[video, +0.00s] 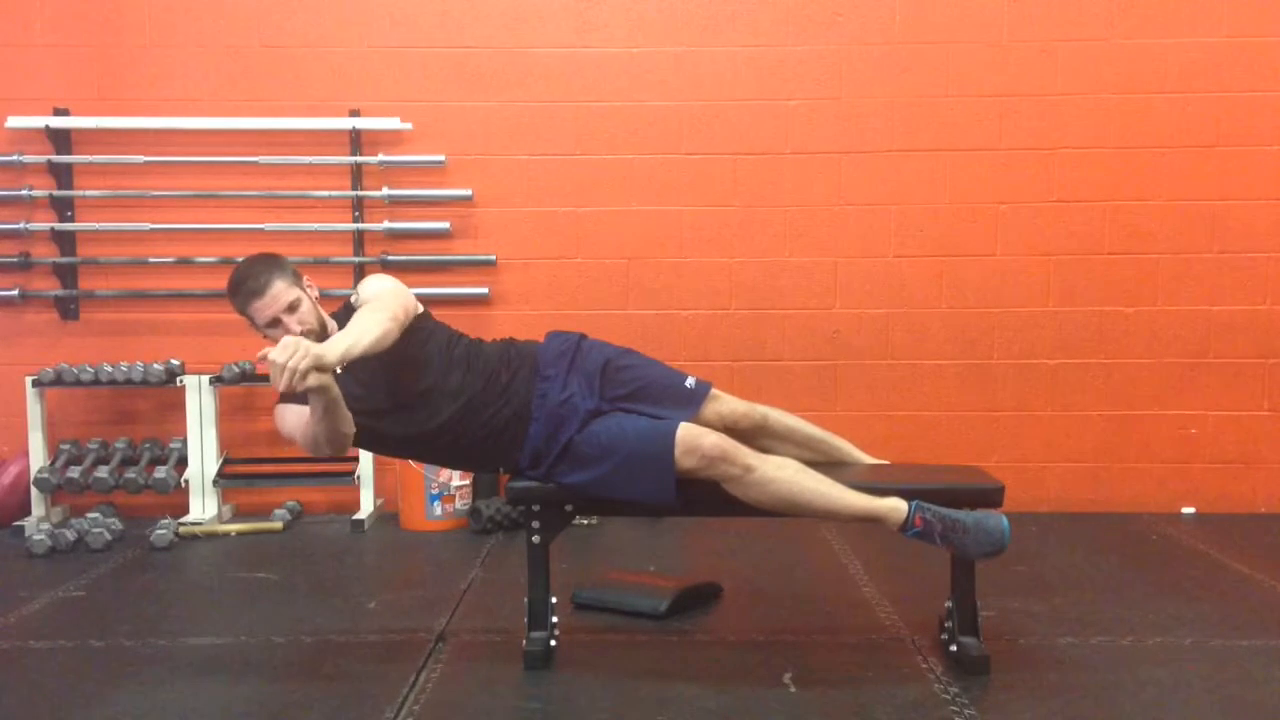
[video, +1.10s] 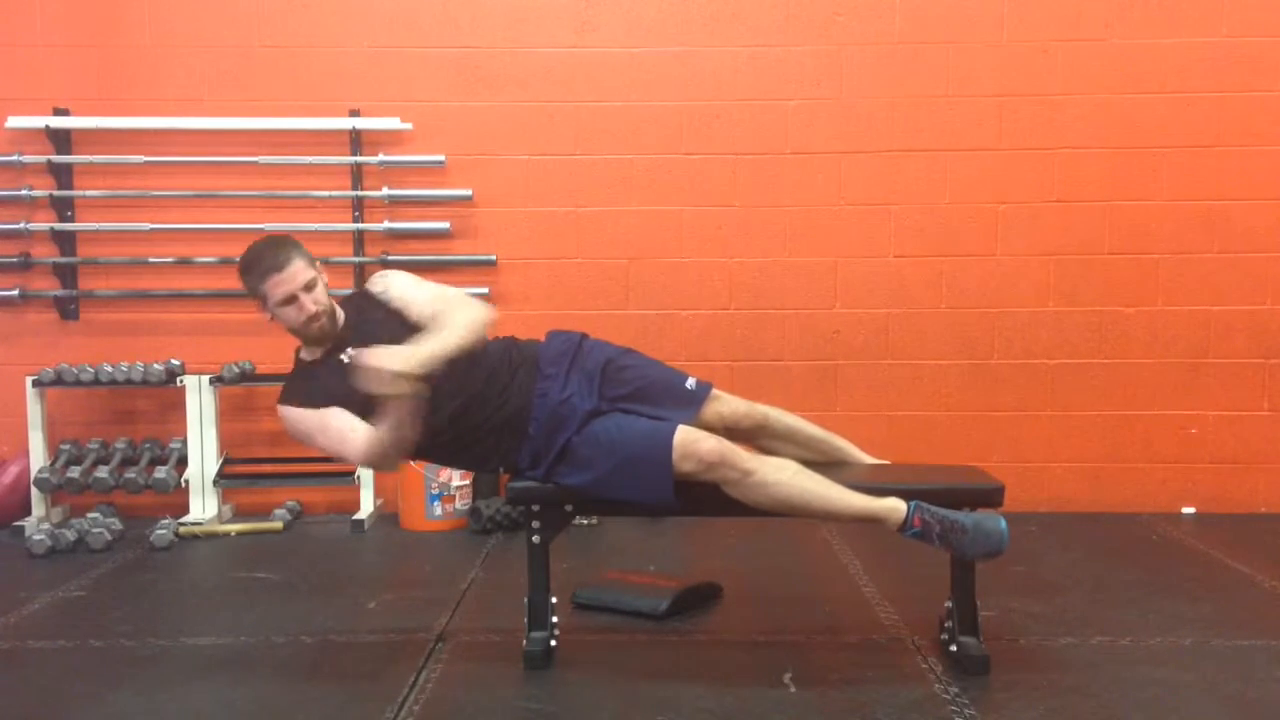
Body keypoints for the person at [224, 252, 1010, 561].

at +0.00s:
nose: (290, 326)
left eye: (290, 308)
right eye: (271, 325)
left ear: (313, 286)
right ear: (261, 339)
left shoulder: (373, 295)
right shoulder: (307, 402)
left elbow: (389, 322)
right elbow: (333, 447)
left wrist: (329, 354)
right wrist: (305, 391)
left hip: (567, 366)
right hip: (546, 449)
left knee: (737, 416)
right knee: (709, 454)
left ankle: (908, 491)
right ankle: (911, 519)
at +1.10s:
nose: (308, 305)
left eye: (309, 287)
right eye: (287, 303)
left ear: (324, 274)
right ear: (268, 318)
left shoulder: (376, 291)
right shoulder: (306, 399)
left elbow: (469, 315)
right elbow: (384, 452)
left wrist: (406, 362)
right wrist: (403, 374)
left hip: (566, 363)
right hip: (541, 442)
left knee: (739, 416)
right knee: (720, 461)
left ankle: (900, 483)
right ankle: (906, 520)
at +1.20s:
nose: (325, 295)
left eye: (327, 277)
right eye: (302, 294)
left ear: (339, 263)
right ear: (279, 307)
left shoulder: (393, 287)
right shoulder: (312, 392)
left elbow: (520, 333)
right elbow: (396, 450)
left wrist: (475, 393)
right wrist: (476, 379)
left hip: (582, 364)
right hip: (547, 443)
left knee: (748, 418)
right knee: (721, 465)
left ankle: (904, 487)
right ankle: (911, 523)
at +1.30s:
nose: (359, 265)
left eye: (361, 247)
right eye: (338, 259)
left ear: (368, 238)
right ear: (302, 271)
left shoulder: (414, 276)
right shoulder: (319, 375)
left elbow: (535, 297)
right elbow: (419, 435)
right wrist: (512, 410)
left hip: (580, 365)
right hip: (543, 444)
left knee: (748, 416)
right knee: (717, 460)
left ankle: (892, 480)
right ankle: (915, 523)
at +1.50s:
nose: (433, 211)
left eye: (430, 198)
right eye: (417, 201)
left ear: (418, 198)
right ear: (369, 209)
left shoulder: (451, 249)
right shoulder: (344, 322)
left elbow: (561, 274)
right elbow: (443, 399)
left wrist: (667, 288)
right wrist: (564, 389)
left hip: (583, 367)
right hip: (547, 434)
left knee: (755, 420)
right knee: (713, 461)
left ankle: (890, 498)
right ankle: (914, 522)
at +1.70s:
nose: (521, 180)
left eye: (523, 165)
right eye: (511, 165)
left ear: (491, 161)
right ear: (463, 160)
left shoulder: (507, 233)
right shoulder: (409, 263)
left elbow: (595, 285)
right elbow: (500, 356)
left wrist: (686, 306)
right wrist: (622, 389)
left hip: (602, 367)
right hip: (555, 426)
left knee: (767, 420)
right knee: (710, 462)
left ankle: (872, 508)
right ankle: (904, 522)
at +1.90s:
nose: (597, 171)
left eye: (601, 157)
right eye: (592, 153)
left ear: (564, 148)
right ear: (547, 142)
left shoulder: (565, 231)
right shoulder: (478, 238)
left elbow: (640, 306)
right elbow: (562, 344)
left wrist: (738, 339)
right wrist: (668, 401)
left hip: (623, 377)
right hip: (572, 421)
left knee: (777, 417)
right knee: (713, 464)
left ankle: (785, 539)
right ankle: (892, 557)